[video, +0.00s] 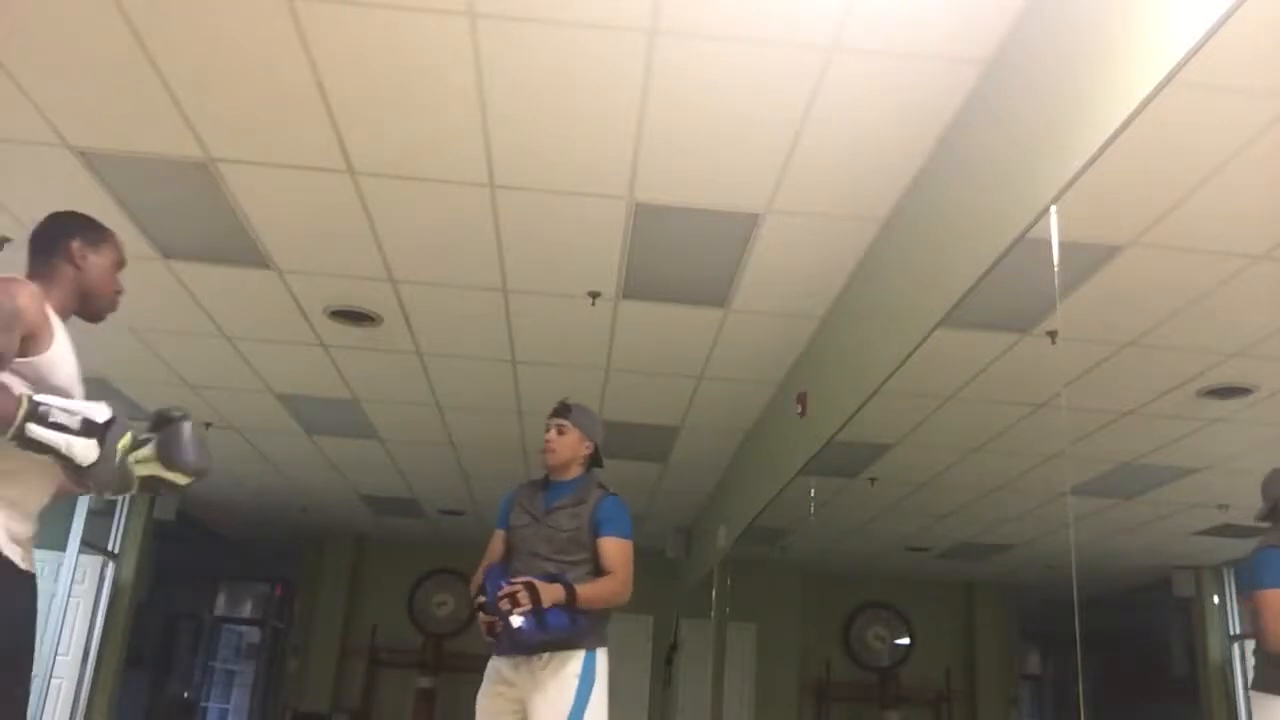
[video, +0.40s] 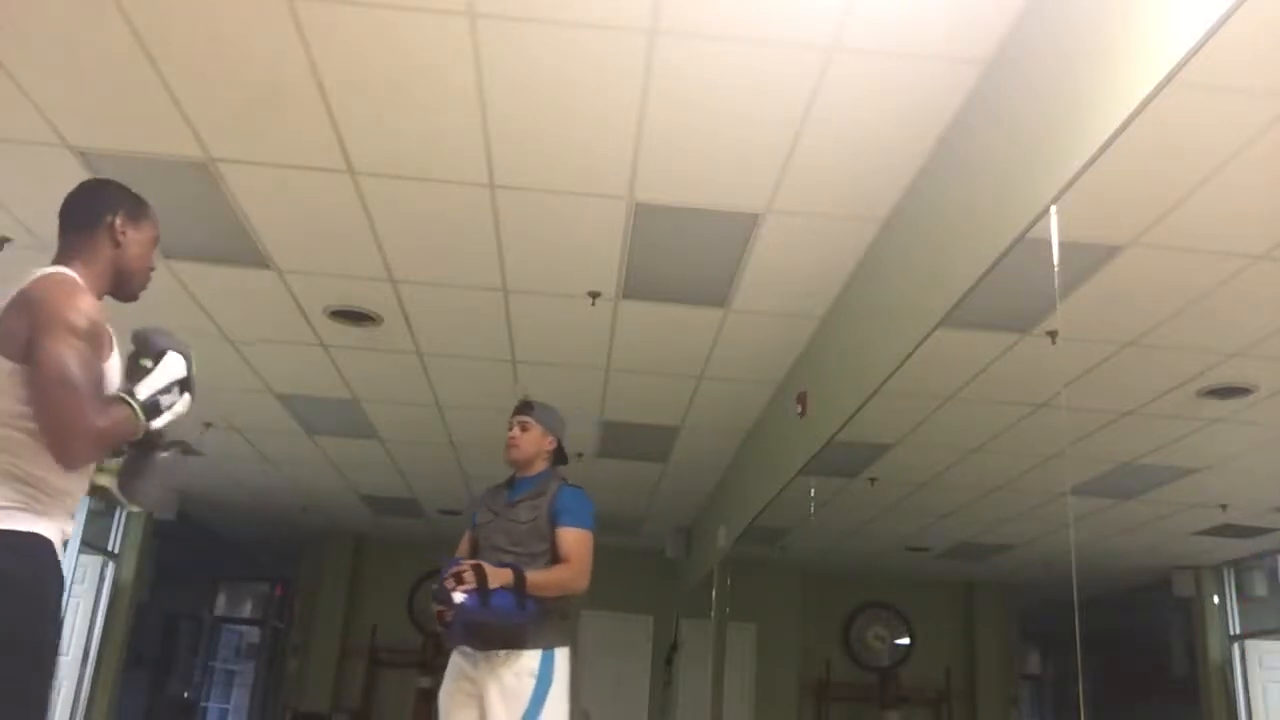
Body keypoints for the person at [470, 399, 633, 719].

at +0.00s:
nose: (548, 437)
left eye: (561, 431)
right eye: (547, 430)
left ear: (587, 447)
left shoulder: (605, 506)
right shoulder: (518, 499)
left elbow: (620, 587)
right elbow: (488, 567)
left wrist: (555, 593)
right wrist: (485, 603)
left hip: (569, 664)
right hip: (507, 660)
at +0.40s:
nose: (511, 434)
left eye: (524, 427)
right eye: (510, 427)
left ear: (549, 442)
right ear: (507, 436)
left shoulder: (568, 498)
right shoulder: (490, 499)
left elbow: (577, 577)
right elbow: (461, 561)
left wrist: (503, 577)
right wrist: (450, 591)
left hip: (530, 659)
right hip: (468, 654)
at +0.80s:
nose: (475, 429)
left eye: (488, 422)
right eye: (473, 423)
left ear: (512, 440)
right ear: (469, 432)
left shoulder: (526, 491)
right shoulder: (447, 492)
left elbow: (537, 570)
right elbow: (416, 553)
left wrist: (468, 566)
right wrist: (400, 590)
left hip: (484, 644)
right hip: (430, 640)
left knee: (474, 713)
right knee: (417, 713)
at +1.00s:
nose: (463, 428)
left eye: (476, 420)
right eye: (460, 420)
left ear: (500, 437)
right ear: (455, 429)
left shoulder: (516, 489)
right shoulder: (434, 488)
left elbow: (528, 566)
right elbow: (401, 550)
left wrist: (482, 516)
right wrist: (389, 587)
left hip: (477, 632)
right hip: (422, 631)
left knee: (460, 713)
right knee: (411, 713)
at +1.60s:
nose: (437, 402)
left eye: (451, 397)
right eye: (434, 396)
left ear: (475, 419)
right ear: (427, 409)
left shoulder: (482, 484)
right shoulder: (398, 470)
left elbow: (497, 571)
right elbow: (361, 528)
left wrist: (430, 555)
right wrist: (337, 577)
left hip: (439, 637)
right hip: (384, 634)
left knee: (421, 712)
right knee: (379, 713)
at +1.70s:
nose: (430, 400)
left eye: (445, 395)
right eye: (428, 393)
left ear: (468, 417)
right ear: (420, 406)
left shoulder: (474, 478)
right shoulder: (395, 465)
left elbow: (484, 564)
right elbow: (355, 529)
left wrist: (406, 528)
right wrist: (316, 567)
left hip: (433, 636)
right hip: (381, 632)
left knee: (417, 712)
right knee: (367, 712)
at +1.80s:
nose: (423, 400)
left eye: (438, 394)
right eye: (421, 392)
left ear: (461, 415)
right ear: (412, 404)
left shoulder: (467, 475)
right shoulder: (390, 462)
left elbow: (459, 559)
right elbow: (356, 533)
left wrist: (395, 522)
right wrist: (306, 556)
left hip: (430, 635)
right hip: (377, 630)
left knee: (416, 713)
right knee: (367, 712)